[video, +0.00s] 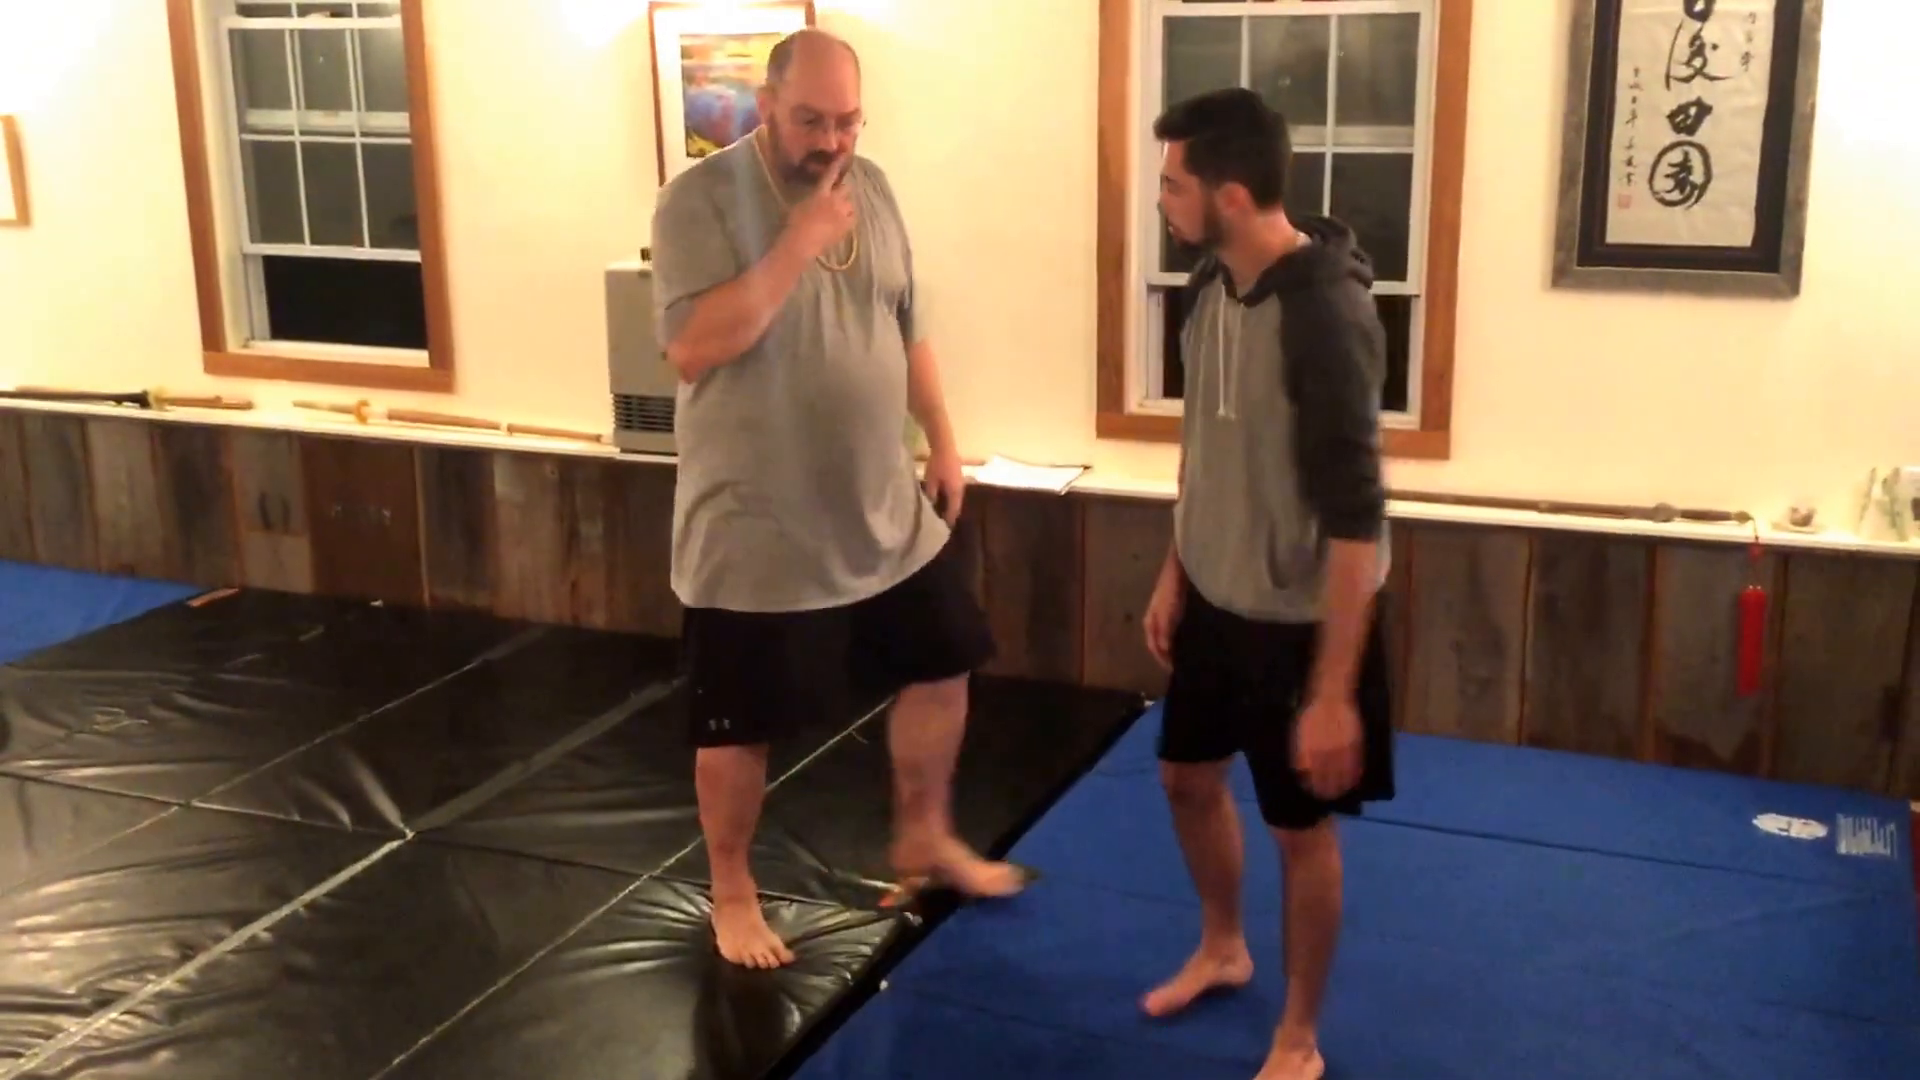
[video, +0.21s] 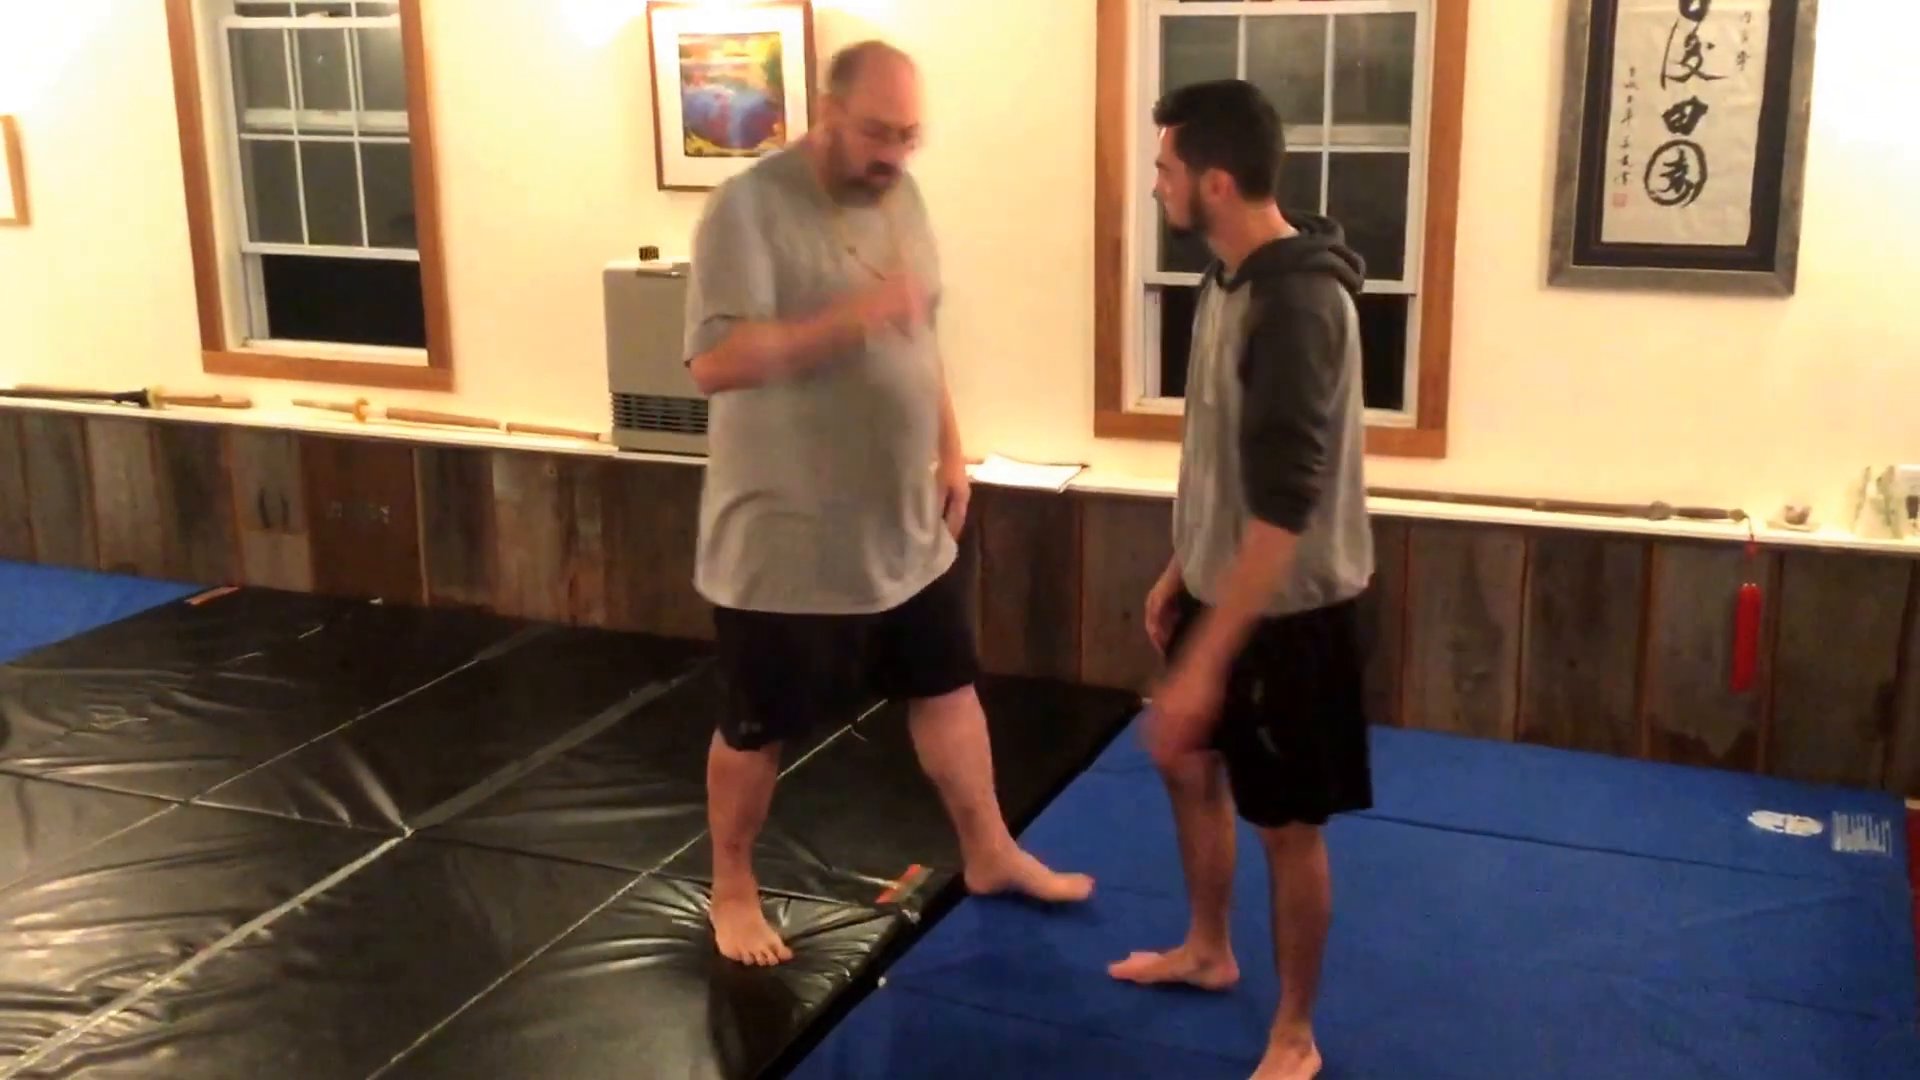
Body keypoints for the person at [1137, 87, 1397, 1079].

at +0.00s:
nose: (1163, 201)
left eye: (1174, 183)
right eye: (1164, 181)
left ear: (1232, 191)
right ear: (1228, 188)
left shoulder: (1324, 307)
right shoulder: (1213, 290)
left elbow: (1357, 517)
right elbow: (1211, 452)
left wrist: (1334, 693)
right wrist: (1173, 571)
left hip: (1298, 625)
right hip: (1213, 605)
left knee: (1303, 834)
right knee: (1188, 773)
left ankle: (1299, 1034)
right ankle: (1223, 948)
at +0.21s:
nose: (1157, 185)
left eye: (1166, 168)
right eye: (1159, 166)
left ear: (1214, 177)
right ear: (1233, 174)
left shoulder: (1296, 295)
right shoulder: (1231, 278)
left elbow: (1287, 505)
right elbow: (1221, 456)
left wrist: (1207, 660)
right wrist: (1181, 566)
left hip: (1294, 607)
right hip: (1224, 592)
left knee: (1289, 826)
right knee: (1183, 754)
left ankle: (1295, 1031)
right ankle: (1207, 948)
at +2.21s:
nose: (1152, 178)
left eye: (1159, 158)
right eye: (1153, 159)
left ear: (1207, 159)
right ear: (1233, 159)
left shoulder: (1237, 283)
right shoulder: (1293, 256)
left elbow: (1215, 469)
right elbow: (1260, 446)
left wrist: (1152, 586)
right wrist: (1186, 572)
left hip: (1256, 572)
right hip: (1252, 558)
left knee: (1259, 798)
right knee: (1183, 742)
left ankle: (1314, 1027)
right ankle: (1183, 917)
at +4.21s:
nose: (1142, 156)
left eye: (1154, 140)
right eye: (1146, 138)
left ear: (1202, 154)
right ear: (1225, 153)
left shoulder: (1215, 276)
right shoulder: (1274, 254)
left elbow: (1202, 469)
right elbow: (1268, 426)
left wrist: (1143, 602)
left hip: (1233, 566)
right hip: (1232, 553)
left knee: (1262, 783)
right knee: (1166, 729)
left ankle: (1308, 1012)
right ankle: (1176, 906)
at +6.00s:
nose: (1142, 162)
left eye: (1150, 145)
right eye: (1144, 144)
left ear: (1193, 155)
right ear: (1231, 152)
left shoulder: (1216, 281)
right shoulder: (1277, 255)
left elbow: (1204, 474)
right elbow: (1275, 425)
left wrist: (1149, 613)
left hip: (1229, 571)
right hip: (1239, 555)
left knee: (1254, 784)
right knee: (1165, 725)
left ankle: (1307, 1010)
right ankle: (1175, 903)